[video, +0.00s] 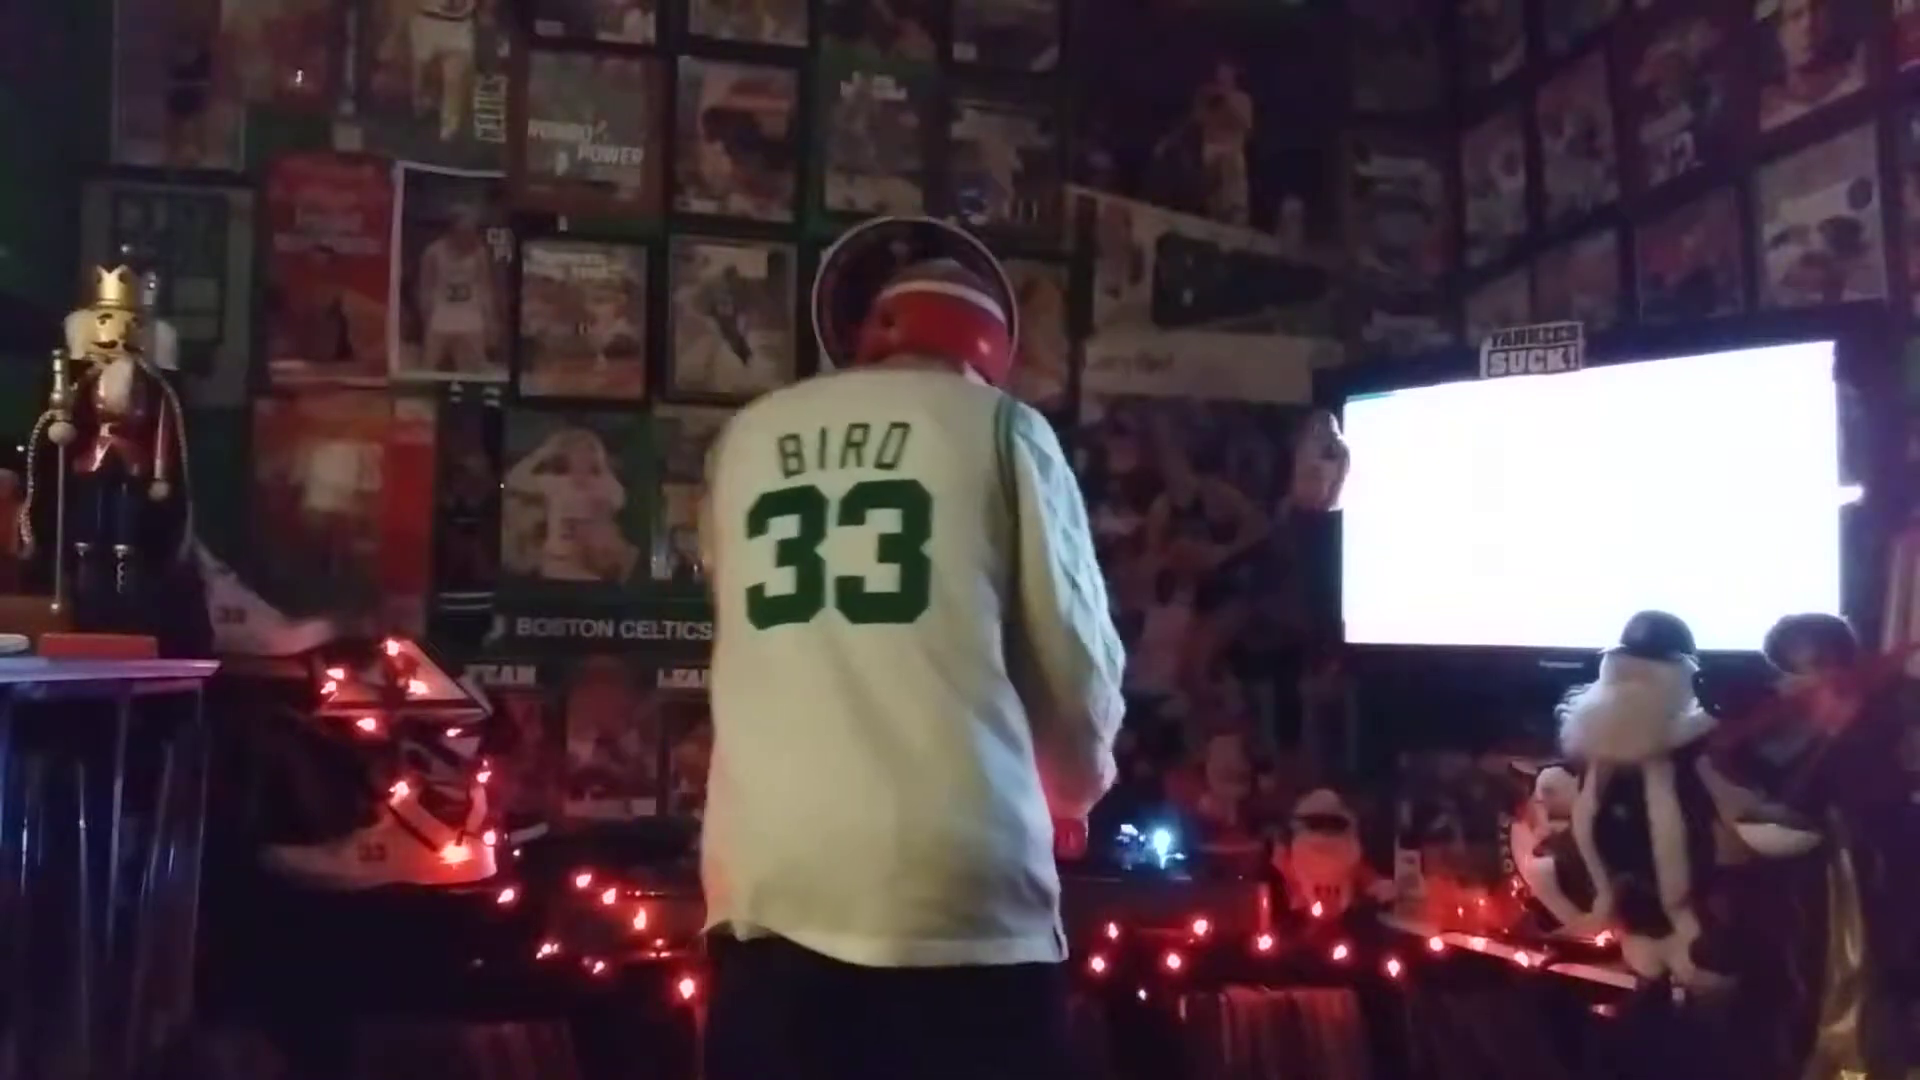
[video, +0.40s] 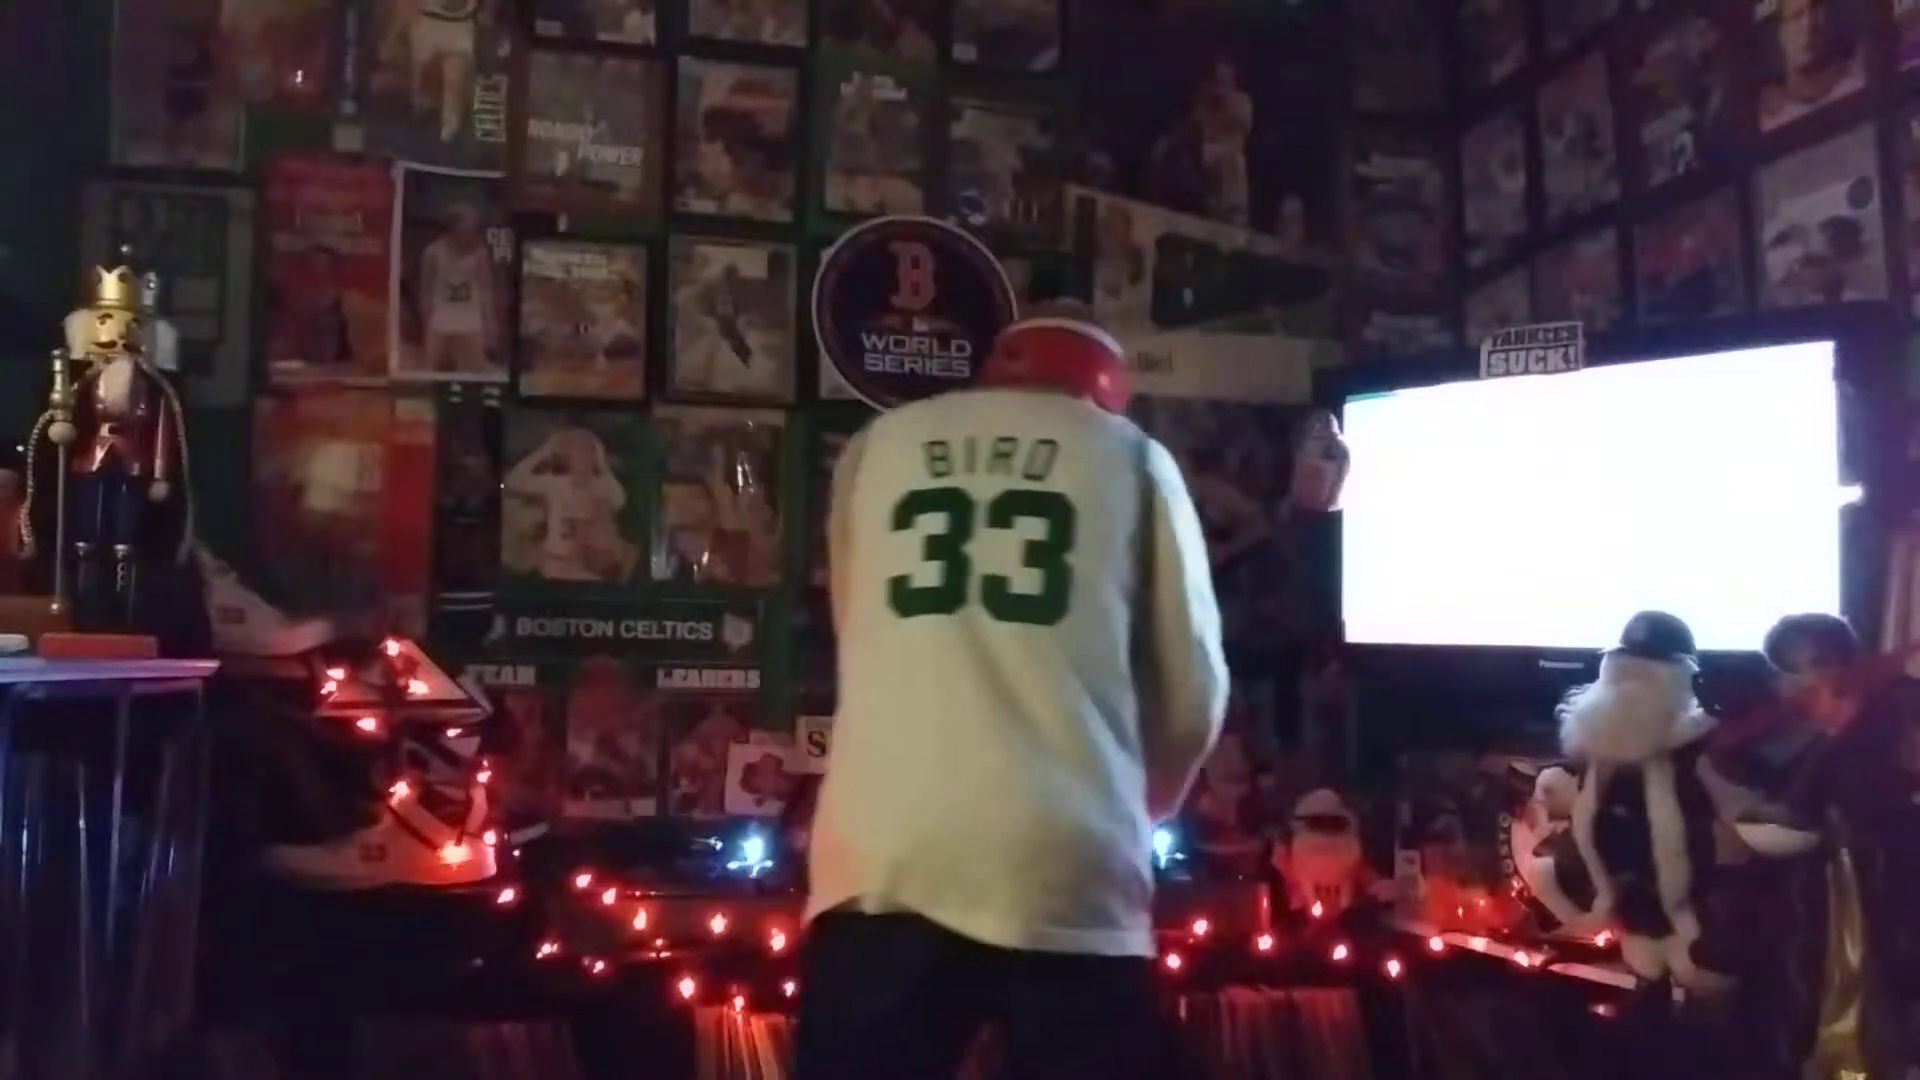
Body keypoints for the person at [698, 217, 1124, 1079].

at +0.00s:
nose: (999, 380)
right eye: (1001, 366)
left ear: (874, 330)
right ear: (989, 356)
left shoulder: (748, 434)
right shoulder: (1007, 429)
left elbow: (755, 645)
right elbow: (1079, 674)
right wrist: (1065, 802)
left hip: (772, 912)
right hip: (968, 914)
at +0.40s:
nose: (1124, 410)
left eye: (1121, 401)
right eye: (1122, 398)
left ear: (994, 369)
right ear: (1106, 389)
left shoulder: (878, 443)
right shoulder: (1134, 457)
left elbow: (857, 634)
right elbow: (1192, 699)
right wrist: (1116, 824)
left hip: (875, 871)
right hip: (1068, 878)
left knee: (851, 1065)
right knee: (1091, 1066)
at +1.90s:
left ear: (792, 352)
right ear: (901, 353)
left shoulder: (753, 431)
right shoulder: (1005, 445)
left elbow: (693, 678)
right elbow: (1104, 681)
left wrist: (808, 744)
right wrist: (1051, 832)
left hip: (826, 894)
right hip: (1009, 897)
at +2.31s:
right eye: (877, 341)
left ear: (756, 354)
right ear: (876, 350)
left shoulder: (711, 434)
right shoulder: (972, 439)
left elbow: (649, 687)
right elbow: (1029, 687)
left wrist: (772, 734)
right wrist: (975, 793)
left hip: (792, 890)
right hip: (981, 888)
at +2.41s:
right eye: (884, 333)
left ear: (761, 350)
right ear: (882, 342)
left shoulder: (717, 433)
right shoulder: (980, 433)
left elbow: (653, 684)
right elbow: (1022, 674)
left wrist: (775, 732)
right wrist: (919, 734)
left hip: (794, 880)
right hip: (983, 879)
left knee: (798, 1066)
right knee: (989, 1066)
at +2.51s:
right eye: (897, 323)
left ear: (774, 341)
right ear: (891, 332)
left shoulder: (727, 430)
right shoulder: (994, 429)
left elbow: (662, 685)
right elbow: (1024, 663)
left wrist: (776, 736)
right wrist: (910, 719)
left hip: (800, 892)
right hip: (989, 890)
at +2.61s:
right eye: (927, 316)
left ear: (795, 335)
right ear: (921, 334)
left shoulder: (739, 429)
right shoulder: (1006, 426)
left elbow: (674, 687)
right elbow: (1039, 653)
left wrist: (793, 741)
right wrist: (922, 708)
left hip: (807, 893)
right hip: (995, 890)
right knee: (994, 1066)